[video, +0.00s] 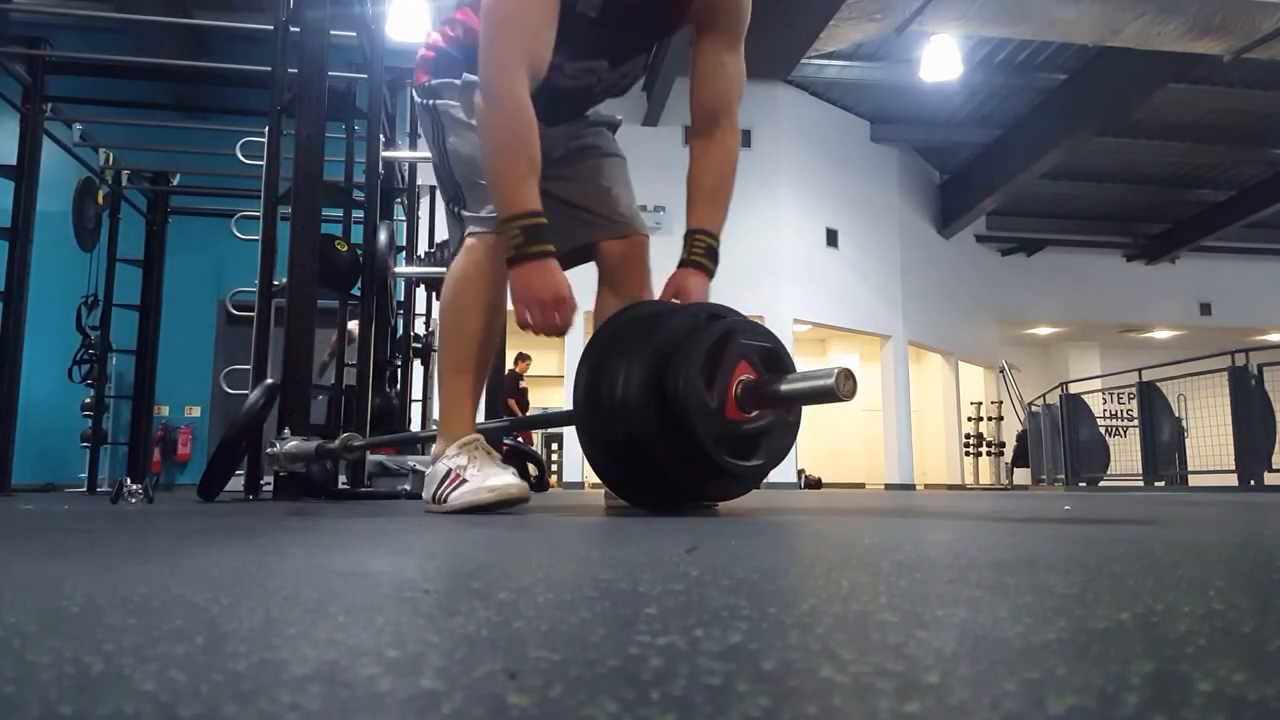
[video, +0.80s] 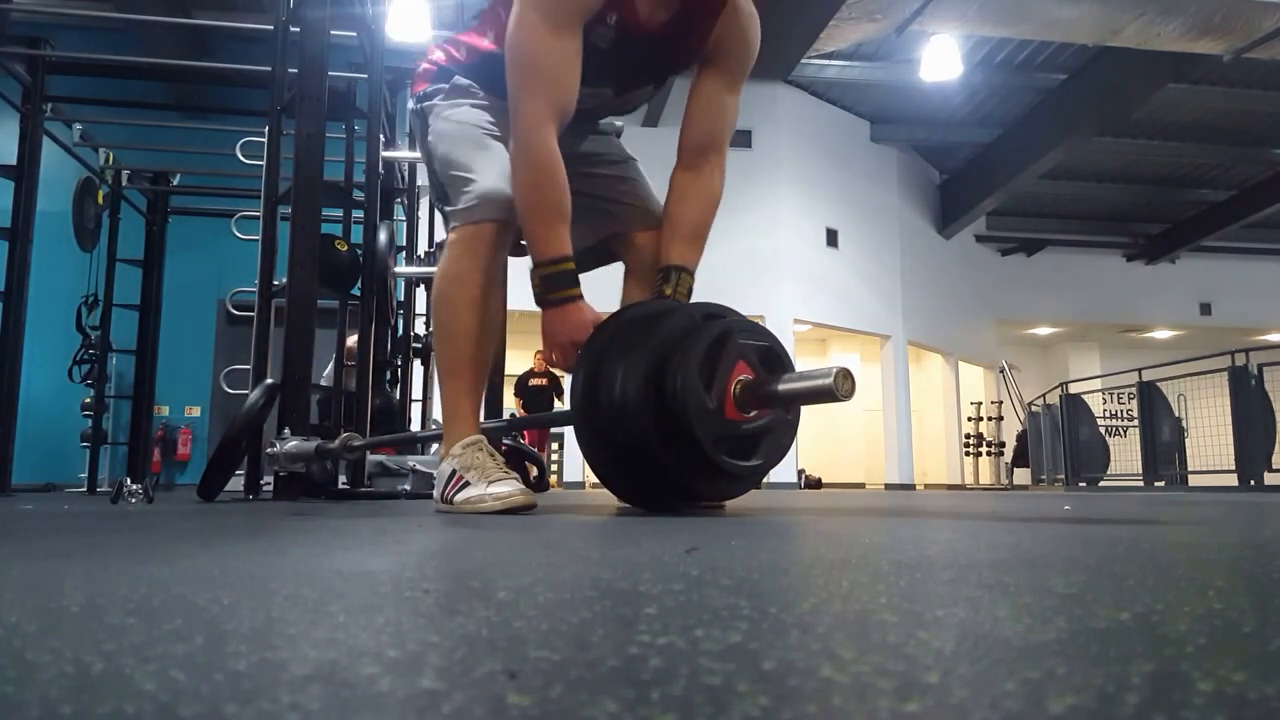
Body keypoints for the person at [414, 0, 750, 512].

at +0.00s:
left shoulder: (723, 3)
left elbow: (715, 124)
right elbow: (503, 88)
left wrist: (698, 259)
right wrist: (528, 248)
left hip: (572, 102)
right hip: (470, 73)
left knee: (627, 244)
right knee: (495, 230)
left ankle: (631, 461)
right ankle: (456, 449)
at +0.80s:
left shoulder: (733, 19)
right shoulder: (560, 3)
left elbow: (702, 159)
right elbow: (535, 125)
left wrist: (671, 295)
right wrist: (559, 294)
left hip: (578, 116)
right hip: (472, 85)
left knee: (654, 242)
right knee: (490, 207)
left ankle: (652, 460)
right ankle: (462, 451)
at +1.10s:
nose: (730, 54)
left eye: (751, 42)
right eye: (721, 26)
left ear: (770, 33)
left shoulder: (732, 93)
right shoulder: (566, 29)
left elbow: (686, 230)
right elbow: (541, 204)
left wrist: (650, 363)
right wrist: (574, 355)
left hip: (581, 141)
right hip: (477, 107)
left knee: (664, 236)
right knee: (487, 199)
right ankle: (461, 451)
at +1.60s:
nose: (725, 118)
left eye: (746, 104)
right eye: (715, 89)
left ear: (765, 91)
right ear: (677, 40)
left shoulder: (727, 152)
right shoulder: (566, 69)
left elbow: (688, 276)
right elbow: (520, 245)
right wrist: (577, 380)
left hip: (574, 160)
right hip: (473, 120)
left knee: (677, 248)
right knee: (472, 213)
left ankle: (656, 453)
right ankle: (461, 452)